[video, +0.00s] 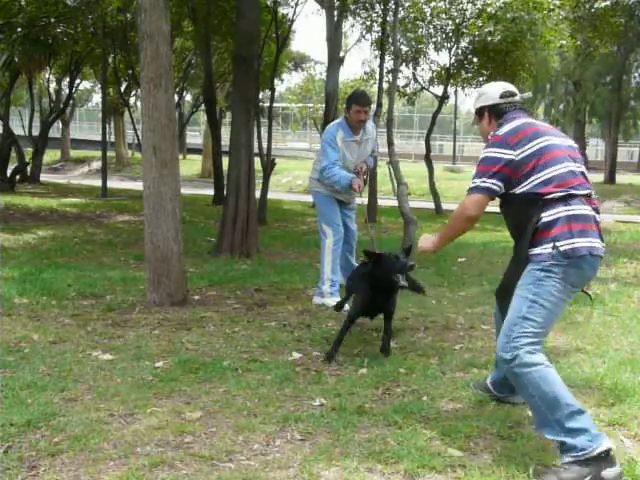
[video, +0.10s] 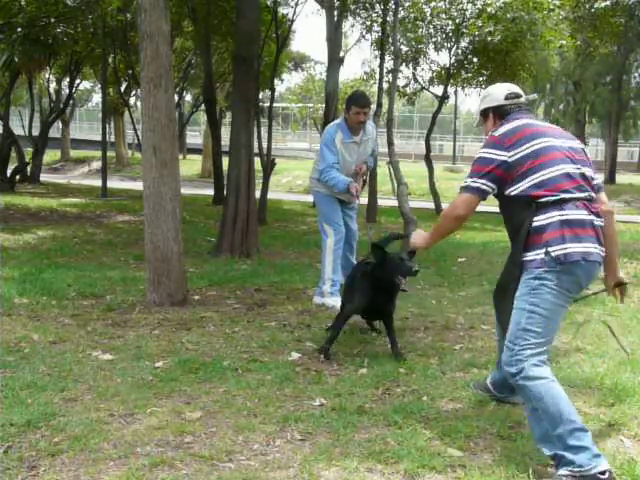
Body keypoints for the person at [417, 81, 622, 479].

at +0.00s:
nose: (480, 131)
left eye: (479, 122)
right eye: (479, 124)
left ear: (490, 116)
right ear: (515, 110)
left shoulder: (504, 138)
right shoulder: (551, 133)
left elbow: (471, 211)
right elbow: (585, 196)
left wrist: (438, 240)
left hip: (560, 246)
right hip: (583, 243)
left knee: (516, 350)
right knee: (509, 302)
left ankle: (588, 450)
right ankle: (506, 384)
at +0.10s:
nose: (484, 132)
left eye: (484, 124)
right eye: (483, 125)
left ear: (493, 118)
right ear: (523, 113)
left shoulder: (501, 140)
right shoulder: (566, 137)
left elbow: (461, 210)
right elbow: (603, 208)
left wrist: (427, 239)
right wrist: (612, 269)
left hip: (554, 252)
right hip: (589, 251)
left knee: (524, 361)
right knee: (525, 316)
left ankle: (583, 463)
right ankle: (505, 382)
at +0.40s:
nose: (482, 138)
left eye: (482, 130)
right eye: (481, 131)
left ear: (493, 126)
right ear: (519, 122)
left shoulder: (511, 140)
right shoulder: (539, 140)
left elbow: (508, 193)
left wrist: (461, 244)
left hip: (573, 249)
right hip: (595, 246)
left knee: (519, 355)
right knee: (525, 313)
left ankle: (581, 460)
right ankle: (525, 387)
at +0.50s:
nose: (479, 149)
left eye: (480, 140)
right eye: (478, 141)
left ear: (492, 135)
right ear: (505, 132)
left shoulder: (518, 144)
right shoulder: (533, 150)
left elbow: (540, 189)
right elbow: (528, 240)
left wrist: (494, 242)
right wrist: (498, 287)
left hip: (588, 249)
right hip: (591, 248)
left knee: (530, 347)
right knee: (527, 322)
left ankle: (592, 458)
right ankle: (525, 389)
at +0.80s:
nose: (481, 140)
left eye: (481, 131)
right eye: (480, 131)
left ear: (493, 125)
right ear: (505, 123)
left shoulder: (544, 135)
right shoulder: (519, 171)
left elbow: (600, 172)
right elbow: (520, 238)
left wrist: (554, 231)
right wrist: (501, 296)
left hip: (613, 253)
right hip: (575, 256)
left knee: (570, 361)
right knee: (525, 316)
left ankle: (626, 467)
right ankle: (529, 393)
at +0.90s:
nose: (476, 142)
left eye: (475, 133)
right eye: (475, 134)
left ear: (486, 130)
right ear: (500, 127)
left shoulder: (541, 139)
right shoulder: (514, 176)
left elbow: (607, 170)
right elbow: (504, 236)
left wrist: (586, 238)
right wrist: (483, 276)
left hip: (610, 254)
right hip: (568, 258)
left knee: (574, 358)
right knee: (519, 320)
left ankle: (627, 466)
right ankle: (528, 395)